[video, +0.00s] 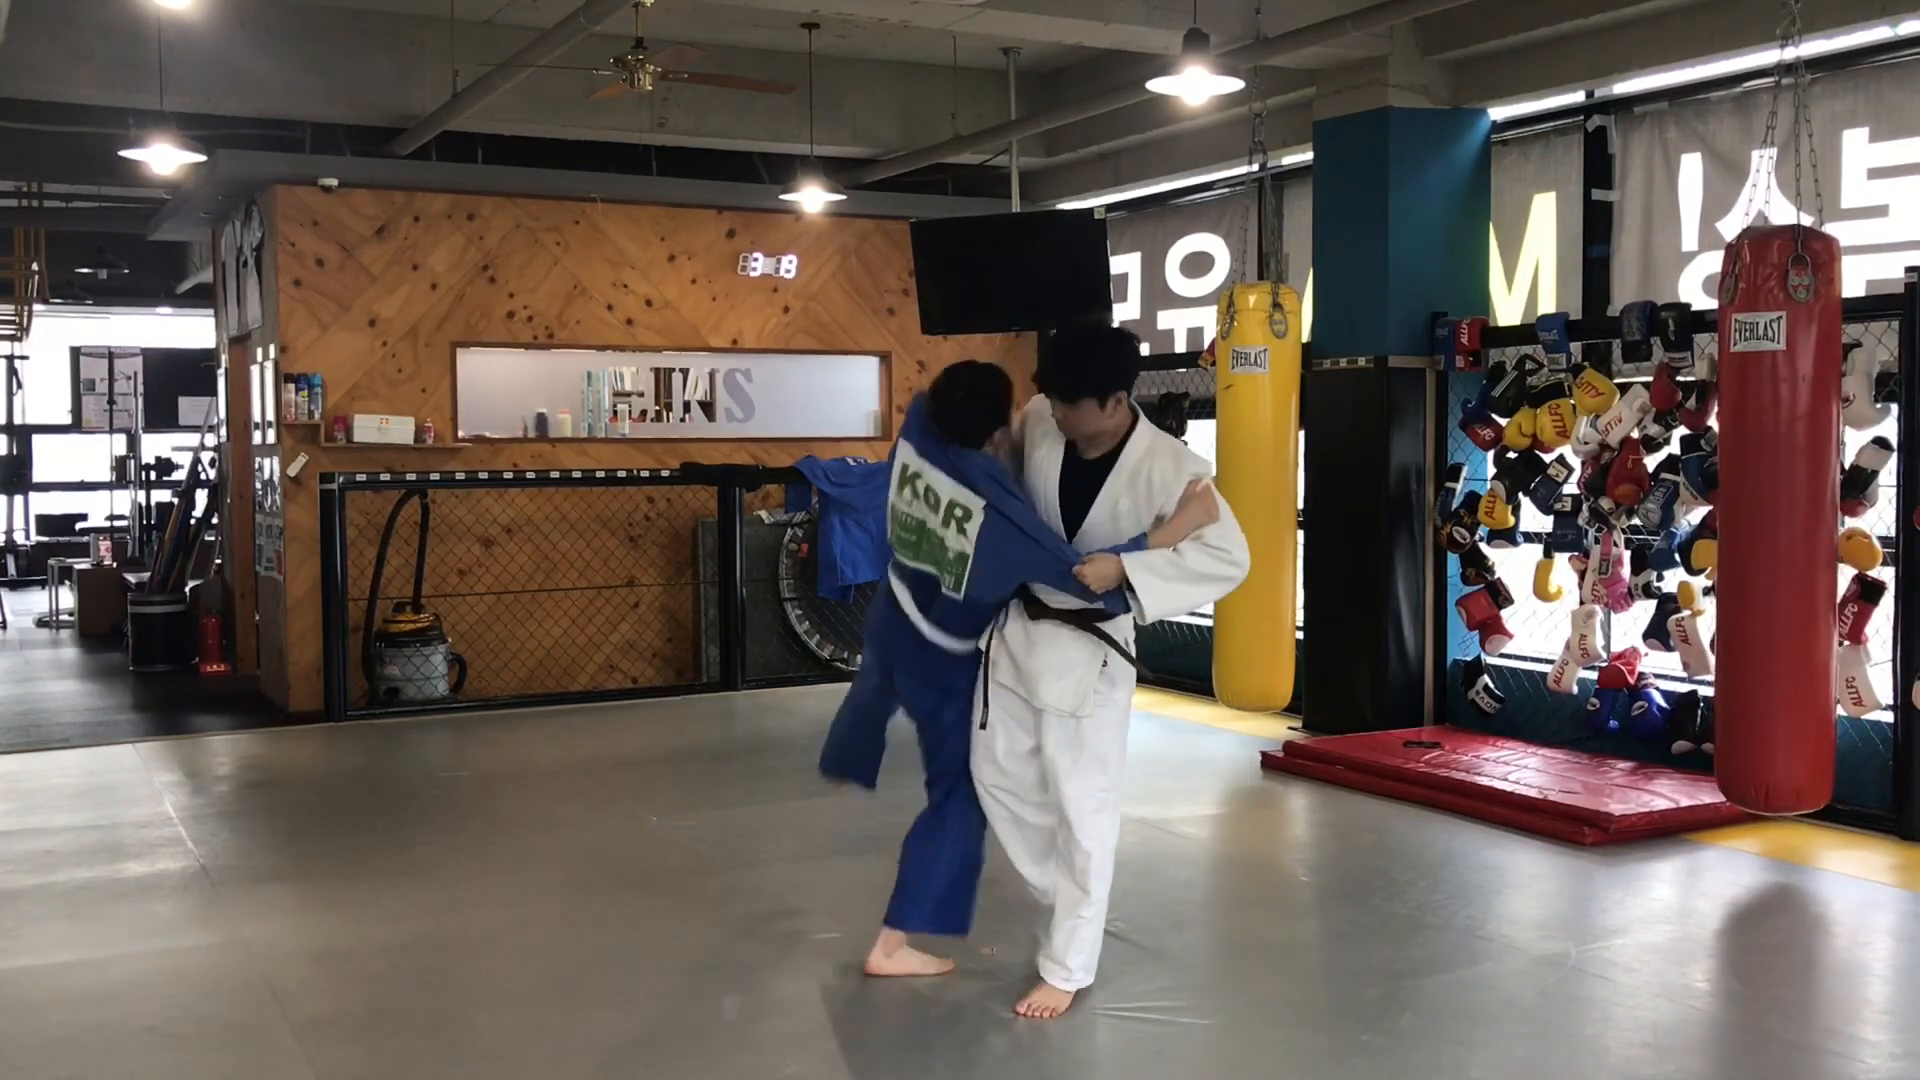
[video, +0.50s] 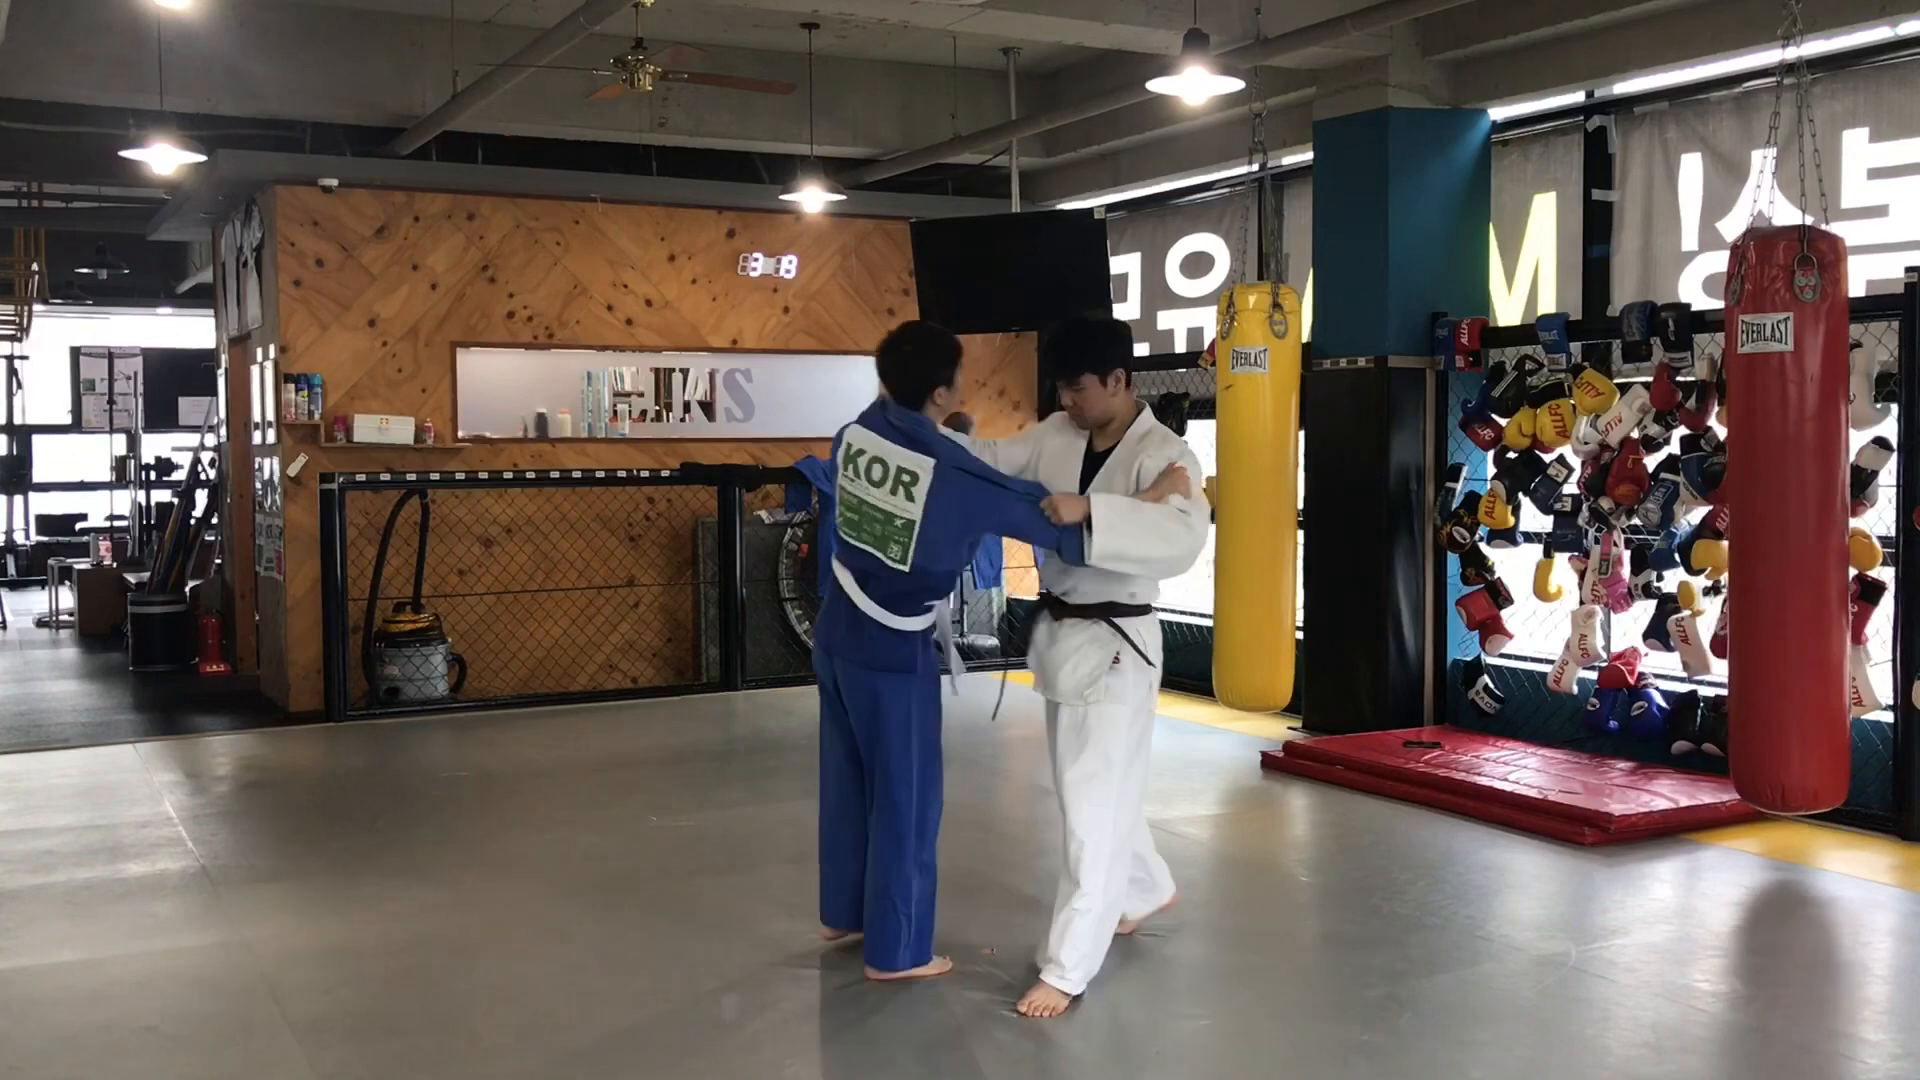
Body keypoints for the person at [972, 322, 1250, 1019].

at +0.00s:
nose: (1056, 414)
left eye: (1067, 405)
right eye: (1053, 401)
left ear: (1112, 402)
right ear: (1052, 393)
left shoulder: (1165, 463)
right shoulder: (1040, 422)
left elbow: (1228, 555)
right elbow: (988, 474)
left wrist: (1128, 565)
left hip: (1089, 652)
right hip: (1012, 633)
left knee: (1081, 810)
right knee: (997, 776)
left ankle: (1068, 967)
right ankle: (1069, 895)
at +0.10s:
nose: (1058, 407)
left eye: (1069, 396)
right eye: (1055, 394)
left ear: (1116, 391)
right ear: (1054, 387)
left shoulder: (1164, 460)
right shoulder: (1039, 420)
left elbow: (1227, 550)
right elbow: (992, 479)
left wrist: (1129, 559)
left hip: (1086, 652)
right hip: (1008, 635)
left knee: (1079, 812)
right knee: (1010, 790)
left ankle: (1063, 971)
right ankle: (1071, 899)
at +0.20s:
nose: (1059, 396)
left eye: (1071, 387)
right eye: (1057, 384)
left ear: (1118, 385)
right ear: (1056, 379)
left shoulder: (1164, 458)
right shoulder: (1038, 421)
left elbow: (1218, 550)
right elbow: (986, 487)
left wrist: (1121, 548)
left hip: (1088, 649)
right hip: (1011, 632)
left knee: (1077, 811)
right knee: (1018, 791)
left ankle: (1062, 970)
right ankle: (1095, 873)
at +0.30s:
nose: (1063, 391)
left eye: (1075, 381)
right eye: (1060, 378)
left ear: (1120, 380)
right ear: (1058, 374)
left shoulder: (1161, 452)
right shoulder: (1040, 419)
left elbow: (1208, 546)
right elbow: (980, 467)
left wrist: (1113, 536)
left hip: (1098, 642)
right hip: (1029, 631)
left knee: (1082, 807)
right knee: (1040, 794)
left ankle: (1066, 969)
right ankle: (1121, 867)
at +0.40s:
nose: (1060, 391)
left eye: (1070, 380)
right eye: (1056, 378)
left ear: (1116, 376)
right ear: (1087, 377)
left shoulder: (1161, 450)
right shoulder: (1048, 426)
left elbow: (1195, 541)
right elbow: (977, 461)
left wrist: (1102, 523)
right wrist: (911, 437)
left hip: (1107, 636)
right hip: (1041, 627)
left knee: (1088, 807)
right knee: (1067, 786)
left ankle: (1066, 968)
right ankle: (1134, 872)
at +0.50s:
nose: (1067, 401)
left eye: (1078, 388)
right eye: (1061, 390)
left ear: (1119, 380)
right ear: (1062, 387)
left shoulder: (1165, 452)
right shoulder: (1057, 435)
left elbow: (1184, 538)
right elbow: (993, 459)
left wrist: (1091, 509)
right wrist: (947, 436)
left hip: (1119, 640)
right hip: (1057, 634)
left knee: (1093, 800)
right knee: (1080, 785)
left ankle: (1067, 968)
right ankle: (1148, 882)